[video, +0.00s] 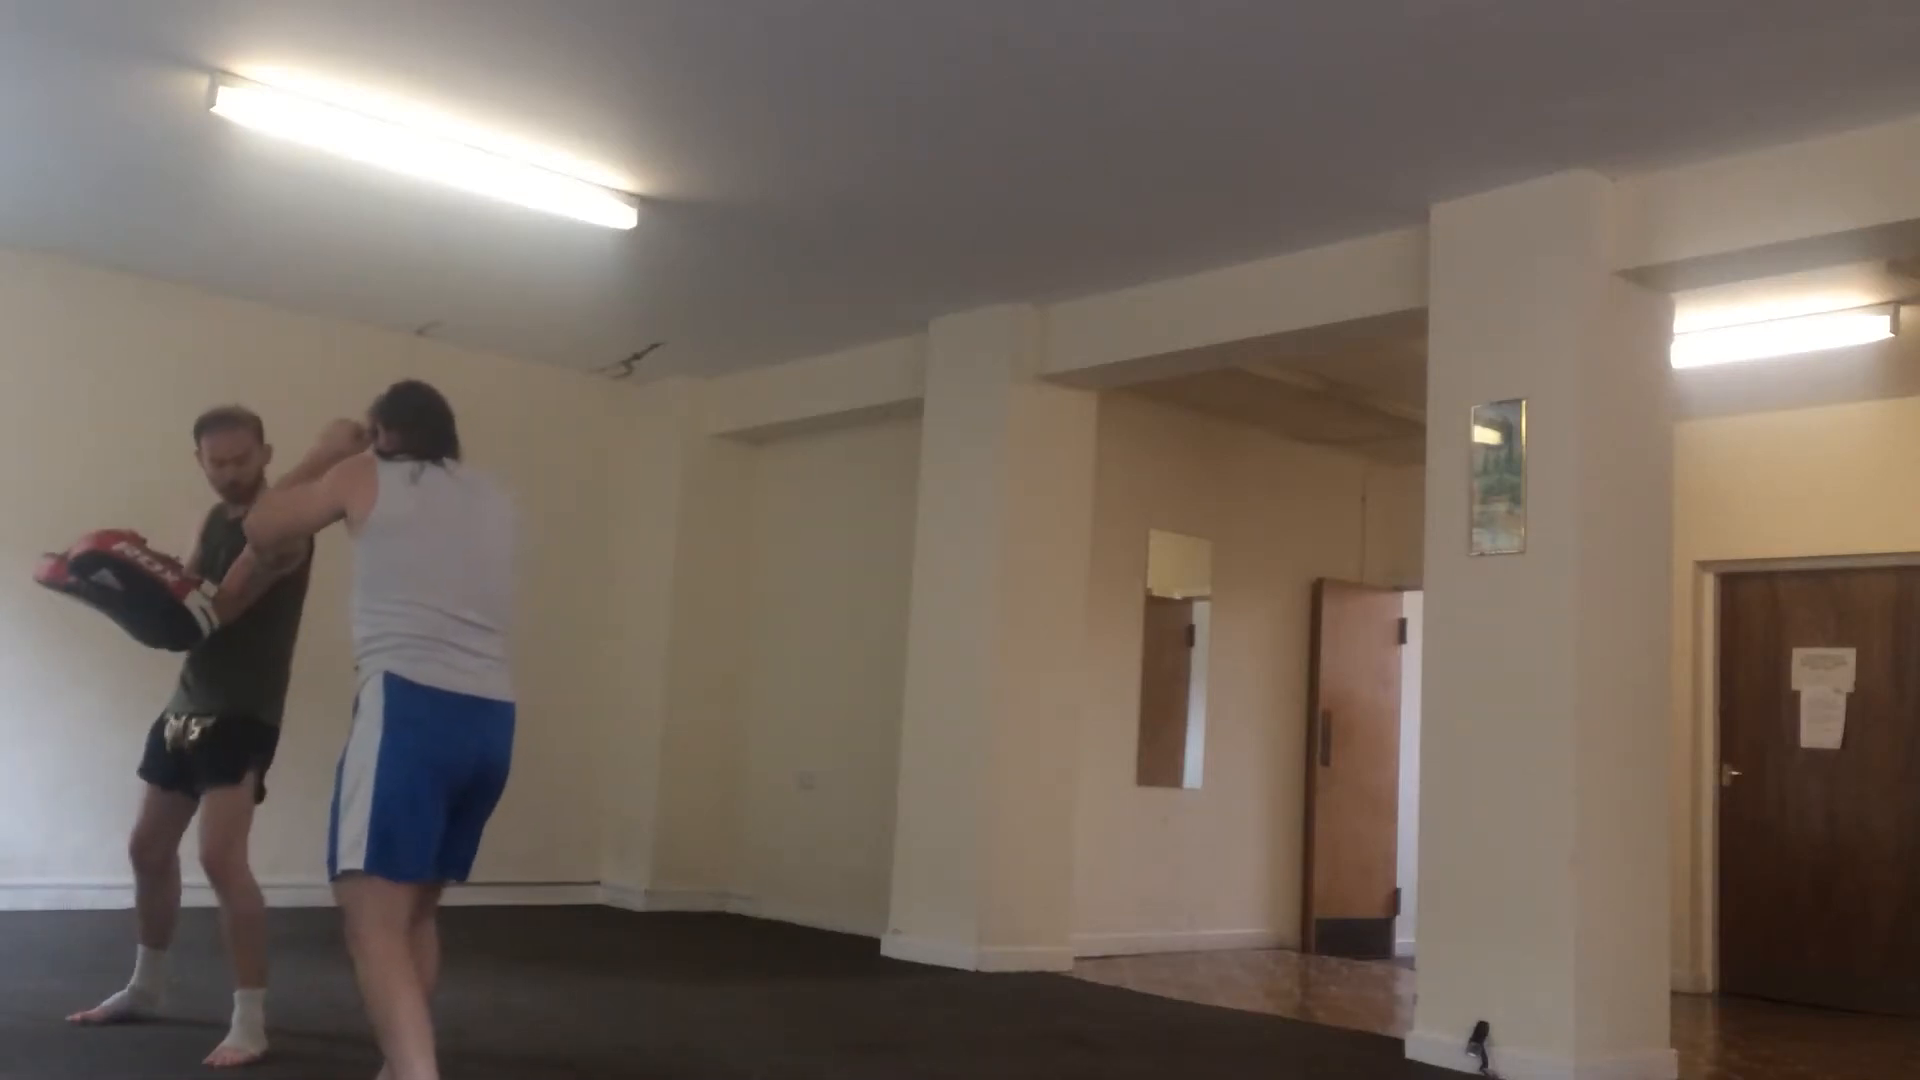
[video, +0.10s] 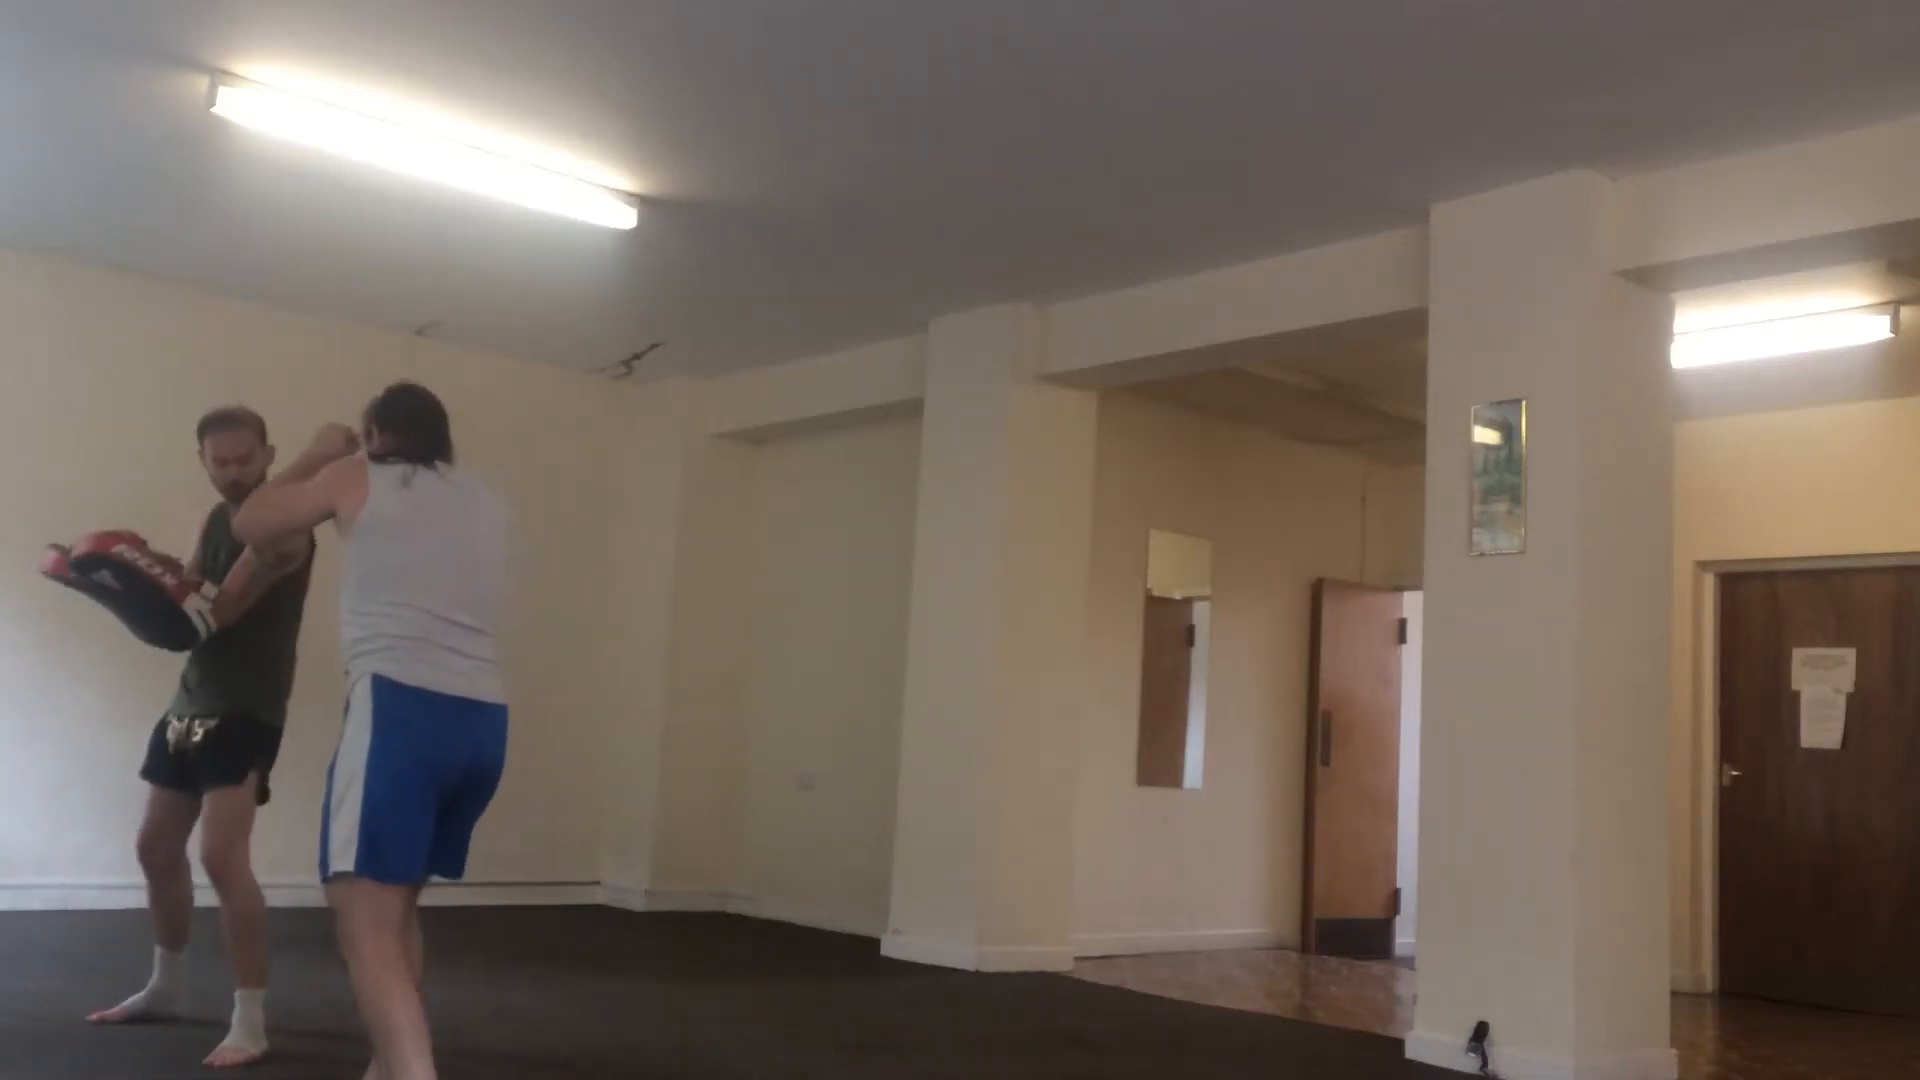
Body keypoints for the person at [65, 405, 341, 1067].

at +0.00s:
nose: (228, 476)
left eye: (239, 461)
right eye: (216, 465)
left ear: (265, 454)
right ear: (202, 465)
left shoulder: (286, 526)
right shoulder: (216, 523)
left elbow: (224, 607)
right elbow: (188, 598)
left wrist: (165, 579)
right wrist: (139, 572)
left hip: (243, 713)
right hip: (190, 704)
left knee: (223, 858)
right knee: (149, 849)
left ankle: (249, 1025)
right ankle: (145, 989)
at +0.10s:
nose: (230, 475)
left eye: (242, 461)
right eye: (218, 464)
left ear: (268, 454)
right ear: (204, 462)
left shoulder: (284, 526)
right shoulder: (216, 522)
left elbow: (220, 613)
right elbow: (196, 598)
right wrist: (157, 570)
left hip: (246, 710)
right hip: (193, 703)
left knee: (224, 857)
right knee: (157, 848)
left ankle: (249, 1025)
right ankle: (164, 988)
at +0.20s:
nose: (229, 477)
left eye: (241, 463)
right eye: (217, 466)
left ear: (267, 456)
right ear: (203, 464)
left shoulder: (286, 528)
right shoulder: (215, 523)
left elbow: (222, 608)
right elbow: (186, 599)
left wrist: (162, 576)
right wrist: (135, 571)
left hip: (244, 713)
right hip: (189, 706)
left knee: (223, 857)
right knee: (164, 852)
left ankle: (249, 1025)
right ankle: (165, 991)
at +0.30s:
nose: (228, 473)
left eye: (240, 459)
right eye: (216, 463)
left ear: (265, 455)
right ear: (202, 464)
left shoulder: (286, 526)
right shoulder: (213, 523)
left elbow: (219, 612)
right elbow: (189, 604)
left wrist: (158, 578)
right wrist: (133, 578)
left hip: (244, 713)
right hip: (188, 707)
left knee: (226, 856)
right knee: (163, 849)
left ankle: (248, 1024)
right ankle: (165, 990)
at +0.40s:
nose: (224, 472)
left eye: (234, 459)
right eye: (212, 463)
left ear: (260, 453)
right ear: (198, 463)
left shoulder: (277, 525)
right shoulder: (212, 522)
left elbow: (222, 608)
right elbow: (190, 598)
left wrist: (160, 580)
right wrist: (141, 578)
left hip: (241, 715)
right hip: (186, 709)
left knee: (226, 857)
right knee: (158, 848)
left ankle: (252, 1011)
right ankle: (167, 988)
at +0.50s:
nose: (213, 461)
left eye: (225, 448)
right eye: (202, 452)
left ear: (255, 453)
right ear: (191, 461)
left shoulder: (274, 530)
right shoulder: (209, 527)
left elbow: (213, 613)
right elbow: (185, 602)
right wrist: (134, 576)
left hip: (244, 713)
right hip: (189, 706)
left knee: (231, 860)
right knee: (157, 848)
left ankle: (255, 1009)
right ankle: (167, 988)